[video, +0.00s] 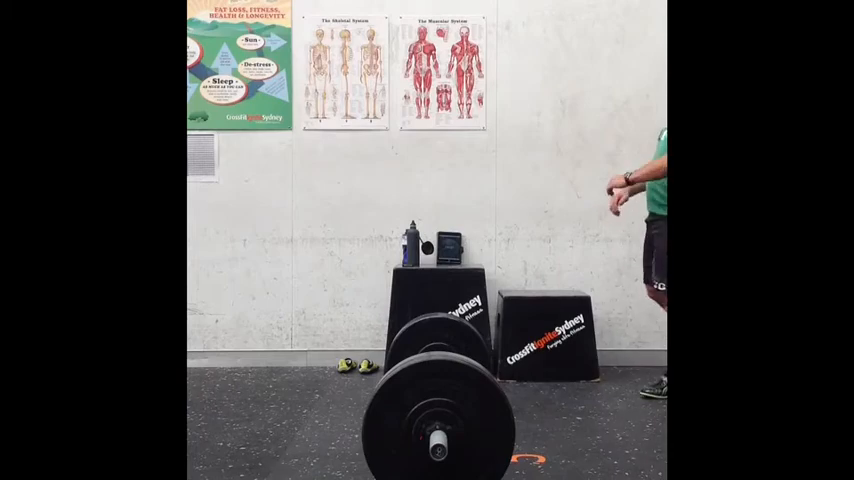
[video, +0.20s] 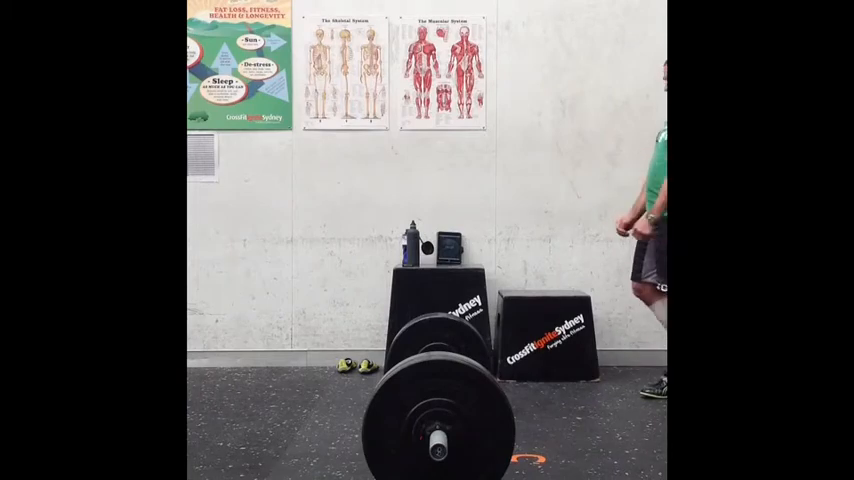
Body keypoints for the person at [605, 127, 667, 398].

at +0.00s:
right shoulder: (663, 134)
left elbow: (663, 165)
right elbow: (658, 172)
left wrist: (627, 178)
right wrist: (630, 189)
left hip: (663, 217)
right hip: (656, 216)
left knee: (660, 290)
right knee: (655, 290)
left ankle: (667, 377)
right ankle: (666, 377)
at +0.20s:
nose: (664, 79)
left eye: (666, 73)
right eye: (664, 74)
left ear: (668, 77)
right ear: (664, 77)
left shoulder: (664, 135)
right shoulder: (662, 133)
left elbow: (665, 182)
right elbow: (654, 178)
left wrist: (651, 218)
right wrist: (634, 213)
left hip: (663, 220)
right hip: (651, 218)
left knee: (652, 288)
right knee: (642, 287)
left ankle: (668, 376)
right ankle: (666, 375)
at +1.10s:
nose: (652, 80)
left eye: (658, 75)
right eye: (646, 75)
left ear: (666, 82)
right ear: (636, 81)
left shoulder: (666, 120)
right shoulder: (619, 126)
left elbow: (668, 179)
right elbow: (600, 167)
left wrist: (658, 216)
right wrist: (581, 198)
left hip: (659, 221)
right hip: (627, 221)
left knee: (659, 293)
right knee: (634, 294)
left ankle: (664, 376)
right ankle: (643, 367)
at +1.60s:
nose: (625, 81)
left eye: (631, 75)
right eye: (619, 77)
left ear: (643, 82)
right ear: (613, 87)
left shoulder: (660, 119)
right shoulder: (603, 130)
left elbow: (667, 169)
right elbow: (596, 180)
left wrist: (670, 219)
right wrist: (595, 229)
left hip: (656, 219)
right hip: (620, 221)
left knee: (657, 292)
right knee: (633, 294)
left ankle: (663, 368)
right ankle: (642, 365)